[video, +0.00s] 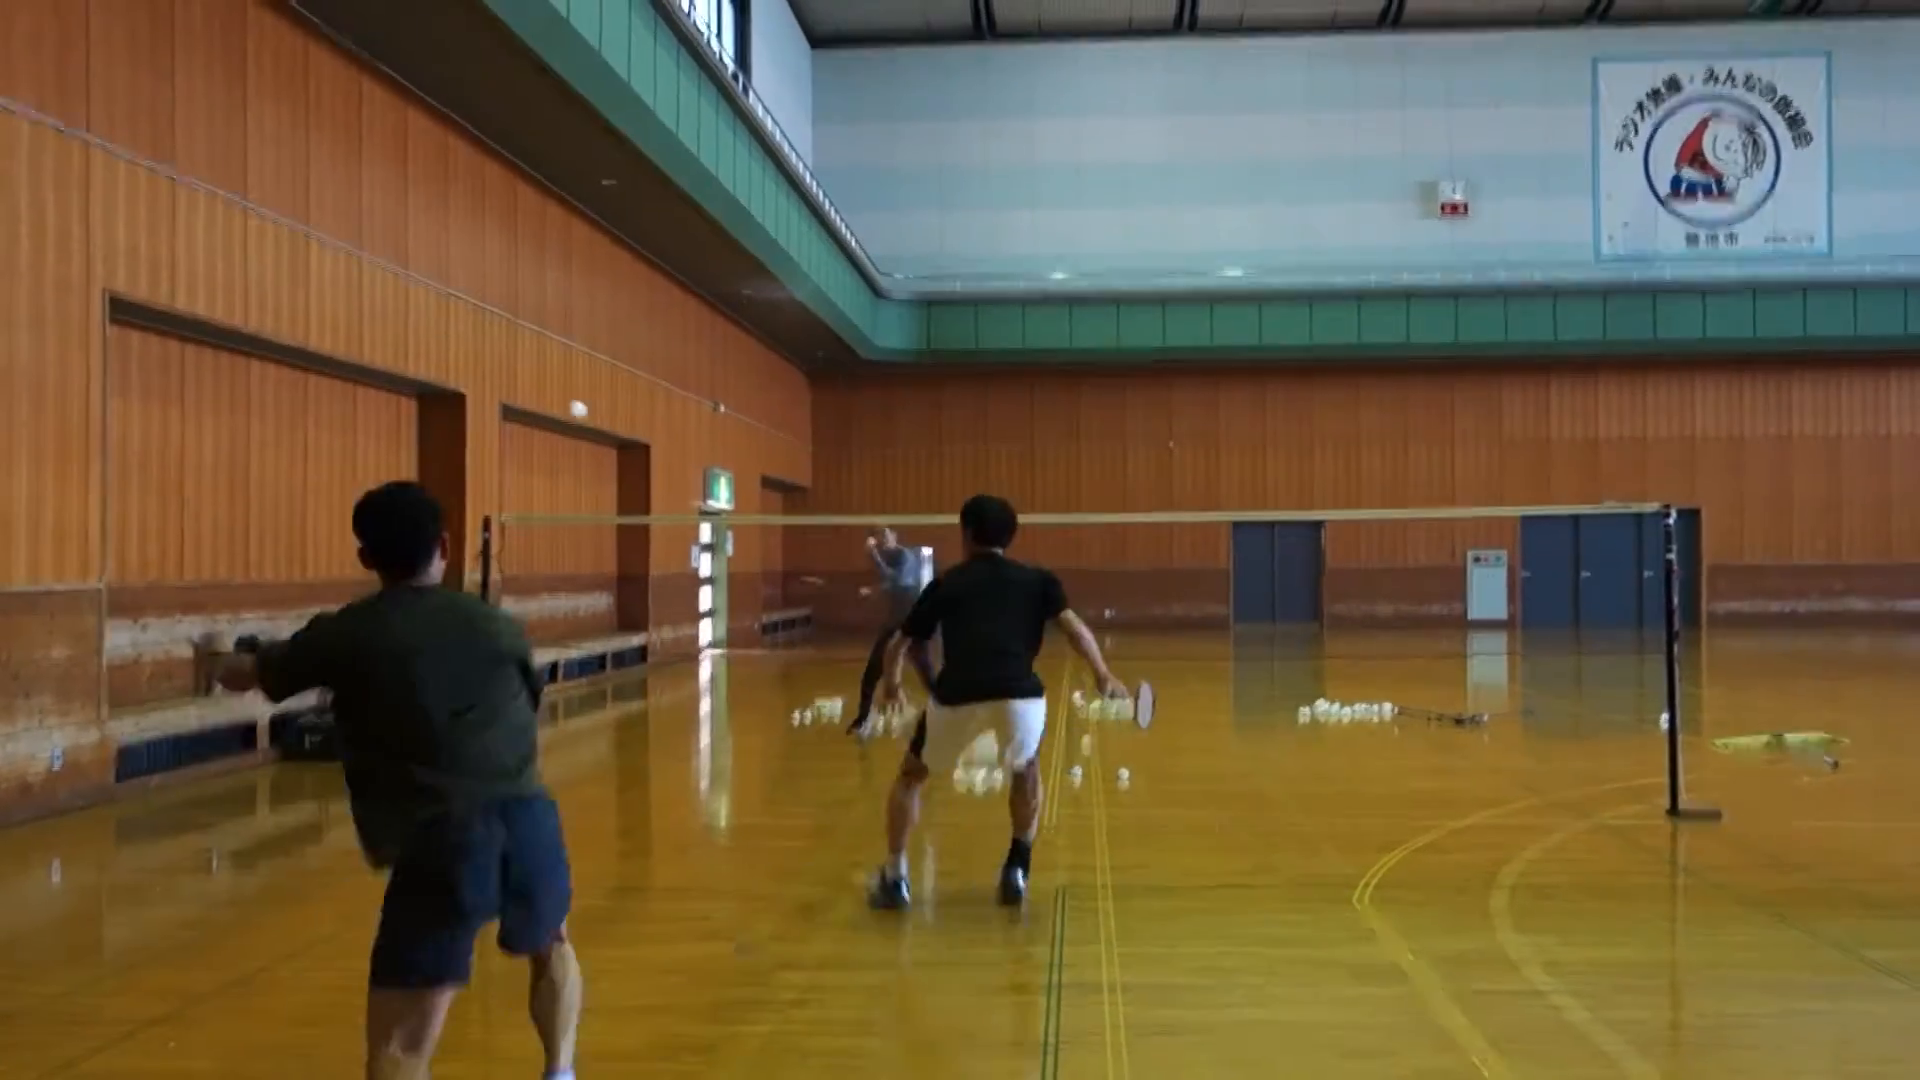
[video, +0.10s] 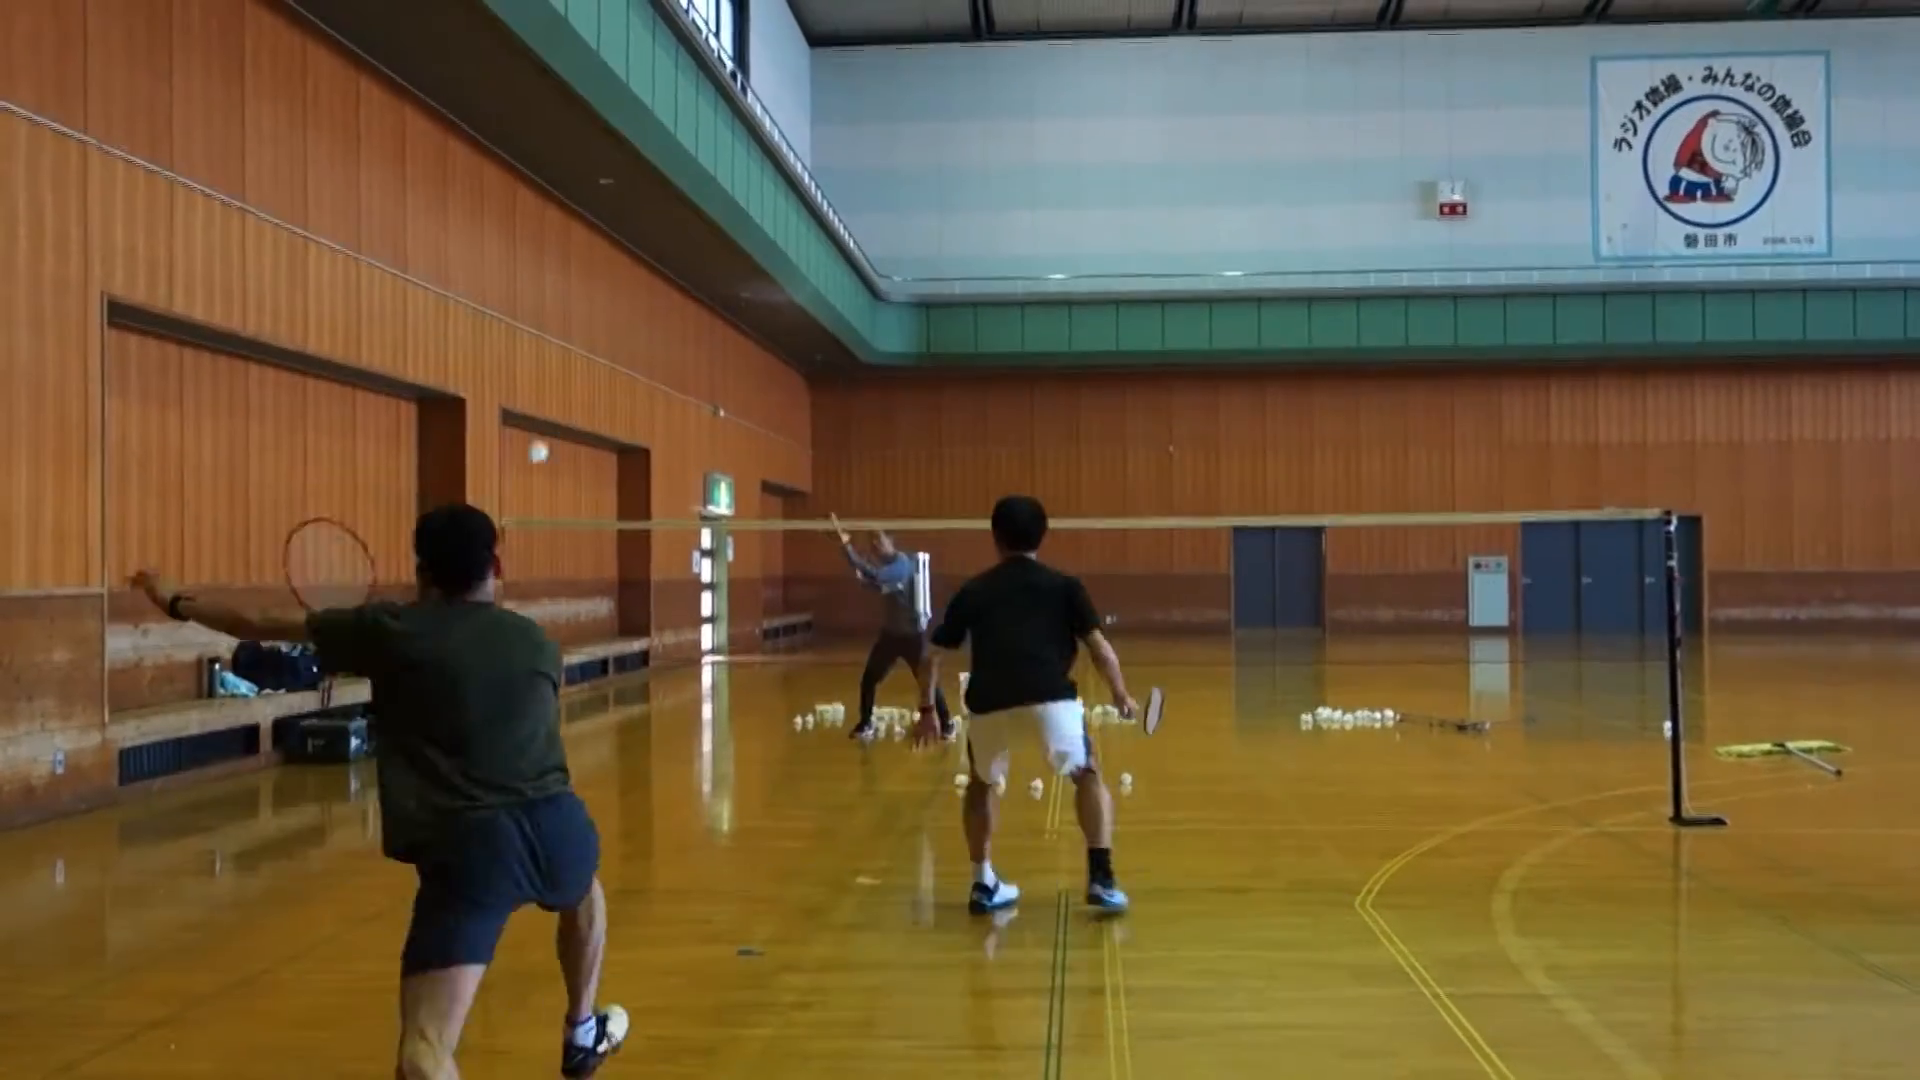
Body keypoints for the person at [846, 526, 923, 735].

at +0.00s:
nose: (883, 541)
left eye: (886, 536)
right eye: (879, 538)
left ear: (894, 536)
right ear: (877, 541)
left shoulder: (906, 555)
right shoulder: (885, 558)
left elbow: (897, 578)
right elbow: (891, 585)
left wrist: (875, 554)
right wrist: (872, 591)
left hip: (914, 621)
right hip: (894, 621)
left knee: (926, 669)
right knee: (872, 670)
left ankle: (946, 708)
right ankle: (863, 717)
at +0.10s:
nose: (877, 546)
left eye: (880, 541)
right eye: (874, 543)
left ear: (891, 541)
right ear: (872, 547)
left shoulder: (904, 564)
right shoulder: (881, 568)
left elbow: (879, 577)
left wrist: (849, 549)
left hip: (912, 634)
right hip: (890, 634)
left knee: (927, 681)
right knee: (868, 680)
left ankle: (945, 721)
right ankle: (866, 722)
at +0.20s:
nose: (881, 547)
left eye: (882, 542)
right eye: (876, 545)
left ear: (890, 541)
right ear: (873, 549)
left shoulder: (904, 562)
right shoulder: (881, 568)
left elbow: (880, 578)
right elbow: (867, 588)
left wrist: (850, 563)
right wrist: (850, 574)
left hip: (911, 633)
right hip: (889, 632)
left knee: (928, 680)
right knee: (867, 679)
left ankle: (946, 723)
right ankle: (865, 722)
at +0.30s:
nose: (881, 550)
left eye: (884, 545)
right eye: (878, 546)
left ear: (893, 545)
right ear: (880, 549)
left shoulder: (912, 566)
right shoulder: (886, 571)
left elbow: (898, 586)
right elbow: (870, 587)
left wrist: (866, 577)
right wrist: (849, 586)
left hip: (916, 636)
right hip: (893, 636)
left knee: (934, 681)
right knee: (872, 681)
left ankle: (951, 722)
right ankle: (869, 724)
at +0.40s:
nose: (880, 547)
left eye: (883, 542)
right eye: (877, 544)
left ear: (892, 542)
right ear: (875, 548)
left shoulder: (911, 563)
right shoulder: (875, 572)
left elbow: (905, 588)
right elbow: (860, 595)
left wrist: (871, 586)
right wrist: (844, 608)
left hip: (915, 632)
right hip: (890, 633)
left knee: (931, 678)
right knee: (869, 678)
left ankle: (948, 720)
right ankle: (866, 721)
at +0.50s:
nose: (881, 547)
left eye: (884, 541)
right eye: (878, 542)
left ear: (893, 542)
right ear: (874, 546)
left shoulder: (910, 563)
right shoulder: (877, 573)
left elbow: (911, 592)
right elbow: (880, 602)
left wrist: (882, 594)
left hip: (914, 630)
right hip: (890, 632)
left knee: (930, 677)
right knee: (870, 680)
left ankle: (949, 721)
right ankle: (867, 722)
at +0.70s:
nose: (878, 549)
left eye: (881, 544)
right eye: (874, 545)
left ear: (891, 544)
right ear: (873, 550)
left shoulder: (906, 564)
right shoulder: (881, 573)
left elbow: (896, 587)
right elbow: (880, 607)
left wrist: (872, 564)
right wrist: (857, 610)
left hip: (915, 633)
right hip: (893, 634)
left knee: (930, 679)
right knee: (871, 680)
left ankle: (948, 721)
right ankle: (867, 722)